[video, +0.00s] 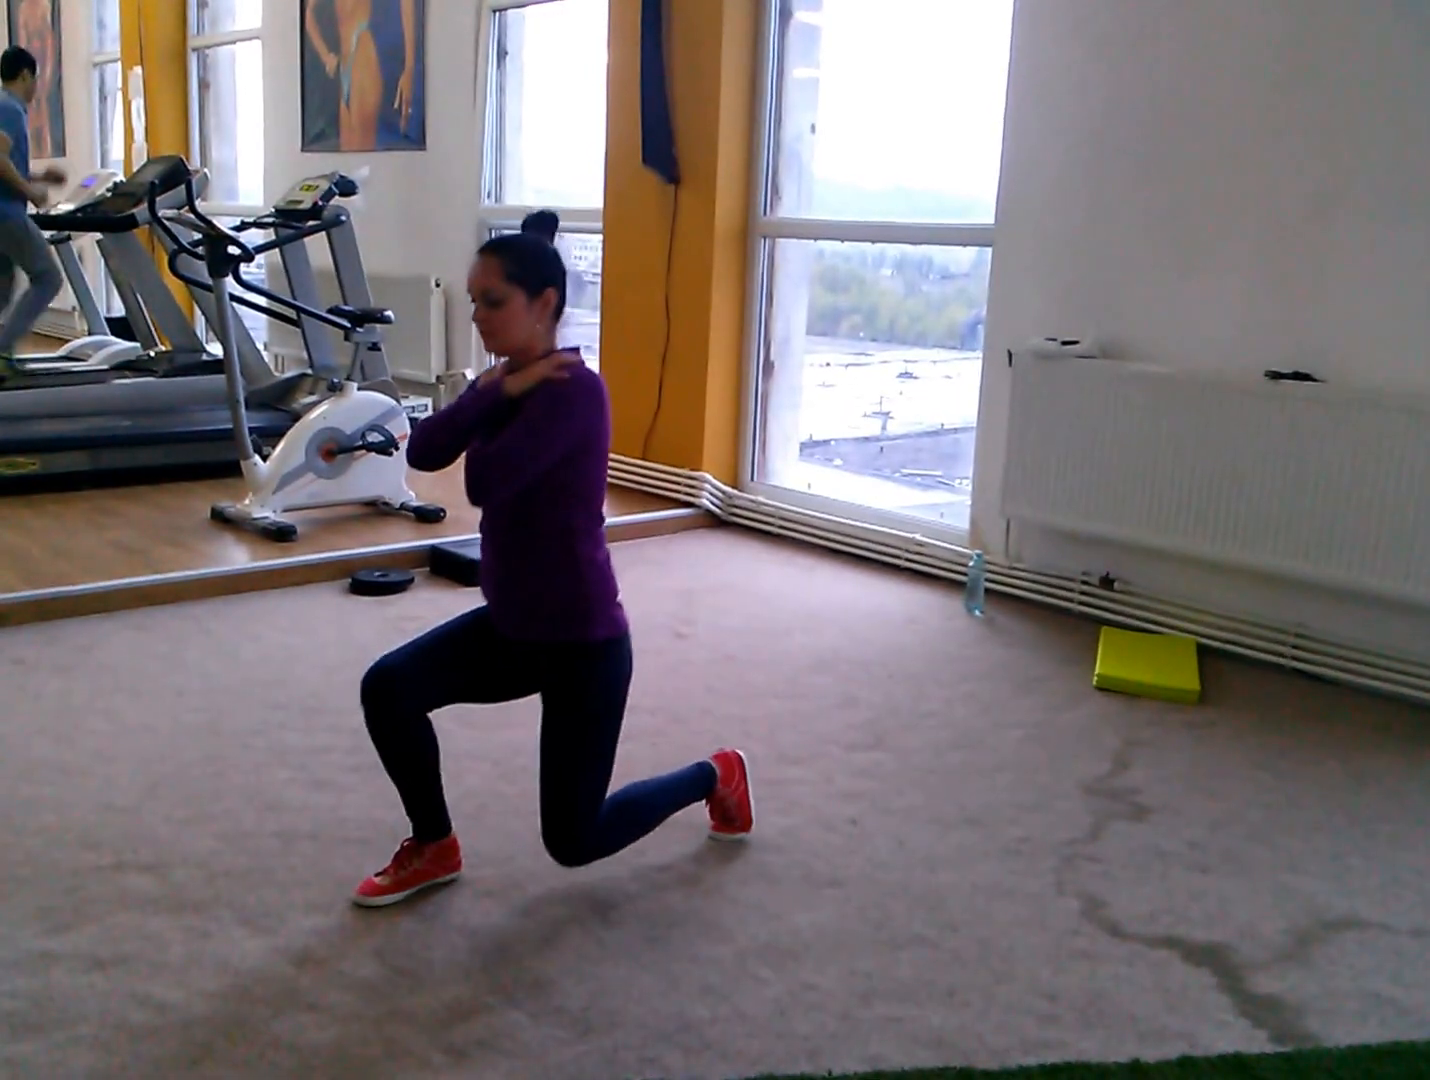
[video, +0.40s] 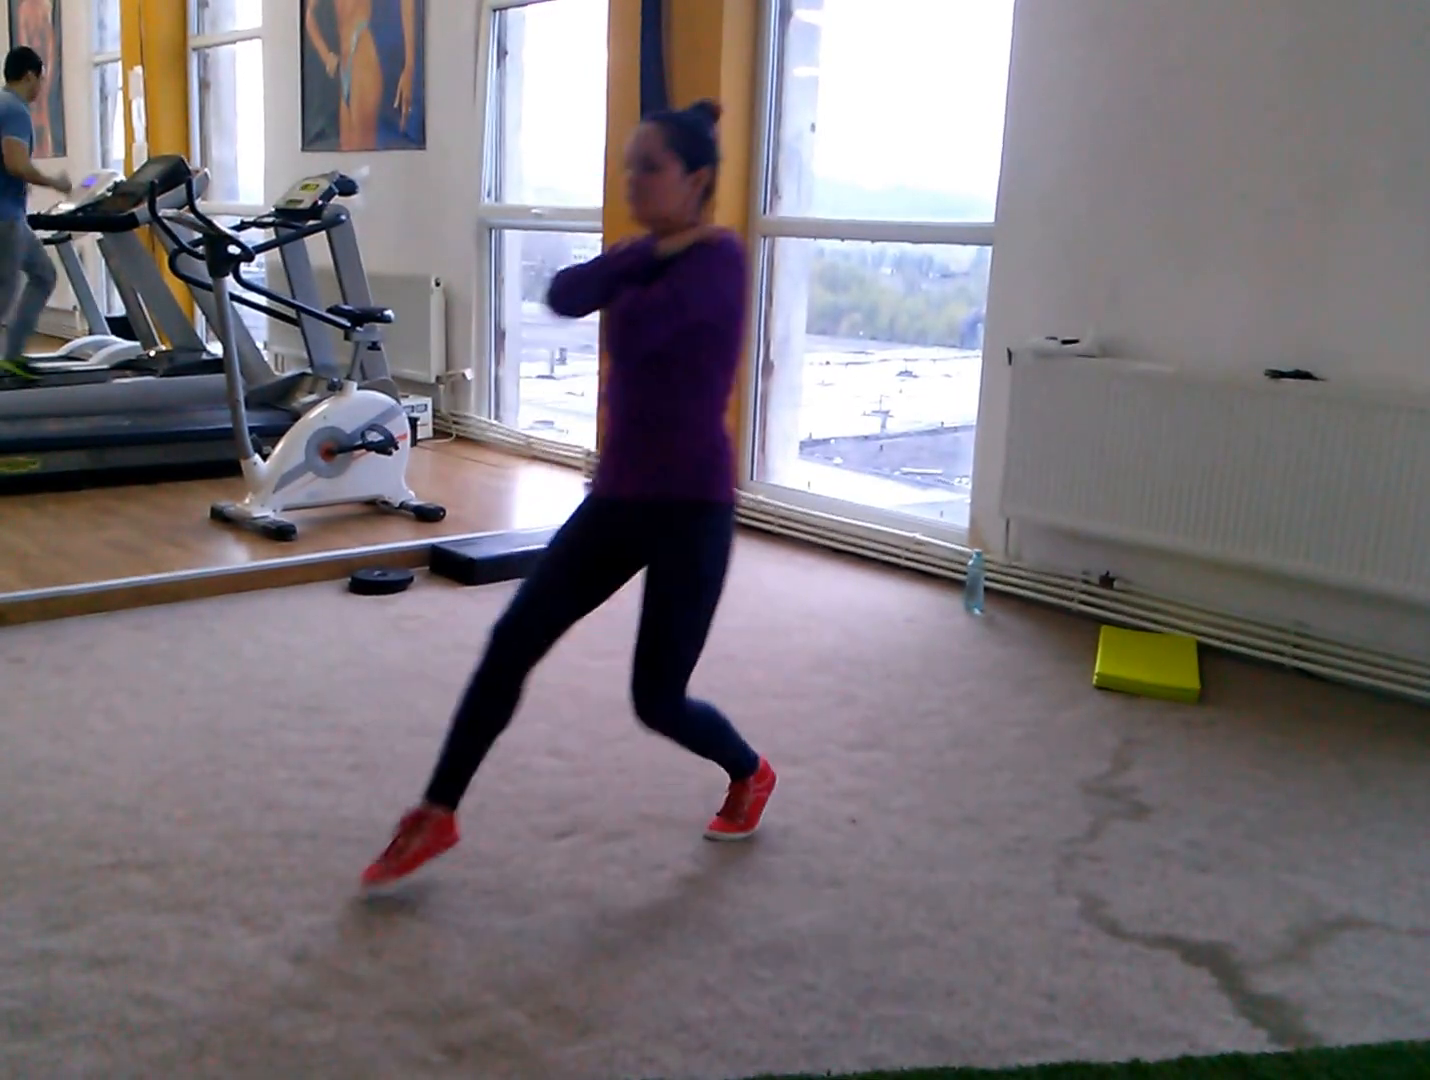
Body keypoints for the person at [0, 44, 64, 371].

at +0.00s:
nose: (35, 88)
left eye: (35, 80)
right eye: (35, 79)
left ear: (10, 76)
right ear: (24, 75)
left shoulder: (8, 110)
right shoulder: (10, 111)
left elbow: (8, 166)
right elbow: (4, 160)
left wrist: (40, 175)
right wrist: (31, 191)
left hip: (7, 212)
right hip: (8, 214)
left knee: (5, 287)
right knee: (49, 279)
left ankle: (4, 351)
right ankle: (5, 346)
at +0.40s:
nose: (41, 87)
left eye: (41, 80)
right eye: (40, 79)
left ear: (12, 75)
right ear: (30, 76)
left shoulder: (8, 106)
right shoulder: (14, 110)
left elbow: (15, 163)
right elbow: (16, 163)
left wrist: (47, 179)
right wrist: (54, 182)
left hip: (11, 218)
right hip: (8, 220)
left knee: (45, 275)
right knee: (6, 292)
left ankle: (12, 352)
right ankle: (7, 357)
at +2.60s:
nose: (57, 81)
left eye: (56, 74)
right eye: (54, 74)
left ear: (32, 73)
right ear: (39, 73)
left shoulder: (22, 109)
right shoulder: (21, 111)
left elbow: (18, 167)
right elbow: (17, 165)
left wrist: (51, 180)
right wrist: (57, 197)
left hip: (20, 210)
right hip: (19, 211)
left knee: (43, 280)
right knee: (51, 283)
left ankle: (3, 319)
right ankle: (22, 360)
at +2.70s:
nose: (59, 77)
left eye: (58, 70)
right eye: (57, 70)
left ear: (31, 70)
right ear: (44, 69)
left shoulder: (13, 102)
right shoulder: (29, 106)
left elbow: (25, 164)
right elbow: (32, 161)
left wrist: (62, 177)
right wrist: (71, 178)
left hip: (25, 210)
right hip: (20, 211)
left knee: (66, 269)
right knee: (23, 282)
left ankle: (33, 349)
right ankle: (1, 351)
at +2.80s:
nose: (60, 70)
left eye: (59, 63)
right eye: (58, 62)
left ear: (29, 62)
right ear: (46, 61)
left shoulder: (12, 93)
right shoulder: (35, 96)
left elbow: (19, 150)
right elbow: (40, 148)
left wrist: (61, 152)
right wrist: (70, 154)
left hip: (23, 206)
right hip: (22, 207)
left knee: (63, 270)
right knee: (10, 279)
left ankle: (80, 351)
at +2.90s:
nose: (59, 75)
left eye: (59, 68)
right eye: (57, 68)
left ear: (29, 69)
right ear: (45, 68)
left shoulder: (14, 99)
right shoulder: (38, 102)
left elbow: (25, 152)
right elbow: (38, 151)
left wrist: (59, 161)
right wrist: (67, 165)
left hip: (20, 205)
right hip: (29, 207)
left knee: (63, 278)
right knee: (46, 279)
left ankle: (57, 356)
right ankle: (2, 309)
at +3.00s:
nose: (61, 79)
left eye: (61, 72)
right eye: (59, 72)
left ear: (33, 73)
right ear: (46, 72)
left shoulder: (19, 104)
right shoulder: (35, 107)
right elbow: (27, 157)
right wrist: (66, 192)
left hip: (18, 211)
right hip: (30, 212)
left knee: (44, 286)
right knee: (70, 281)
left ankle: (20, 357)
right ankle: (10, 326)